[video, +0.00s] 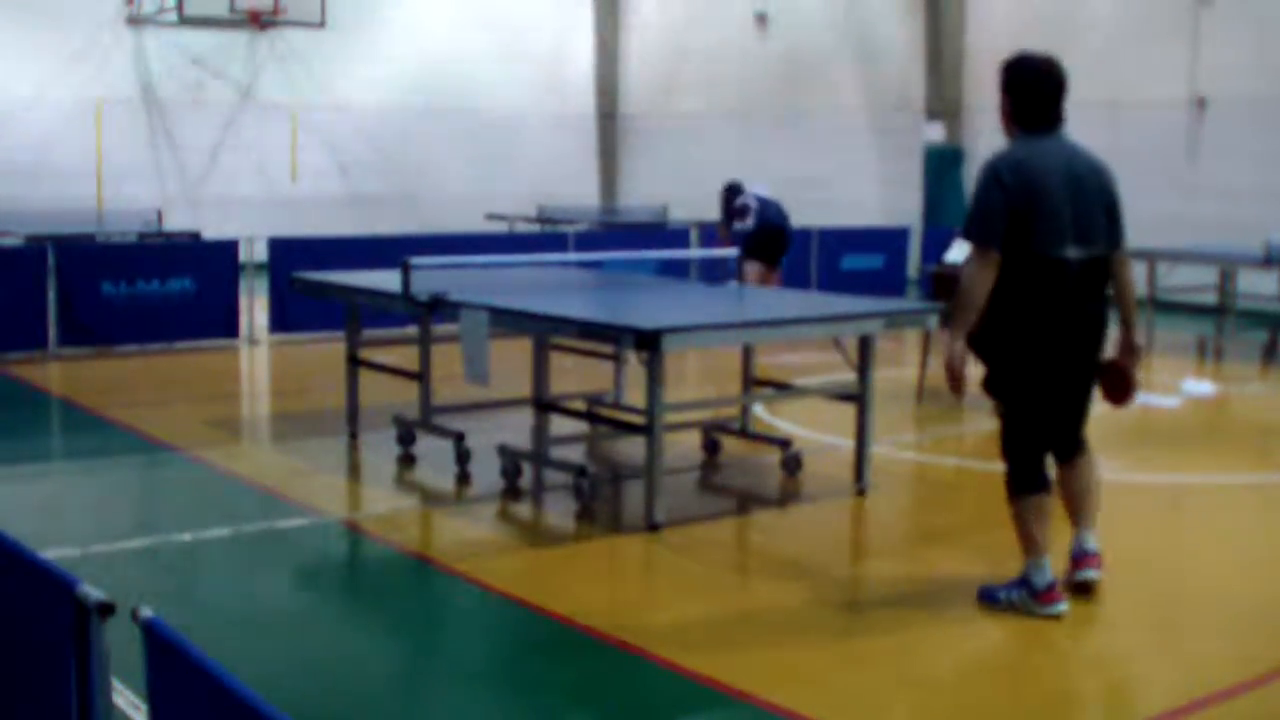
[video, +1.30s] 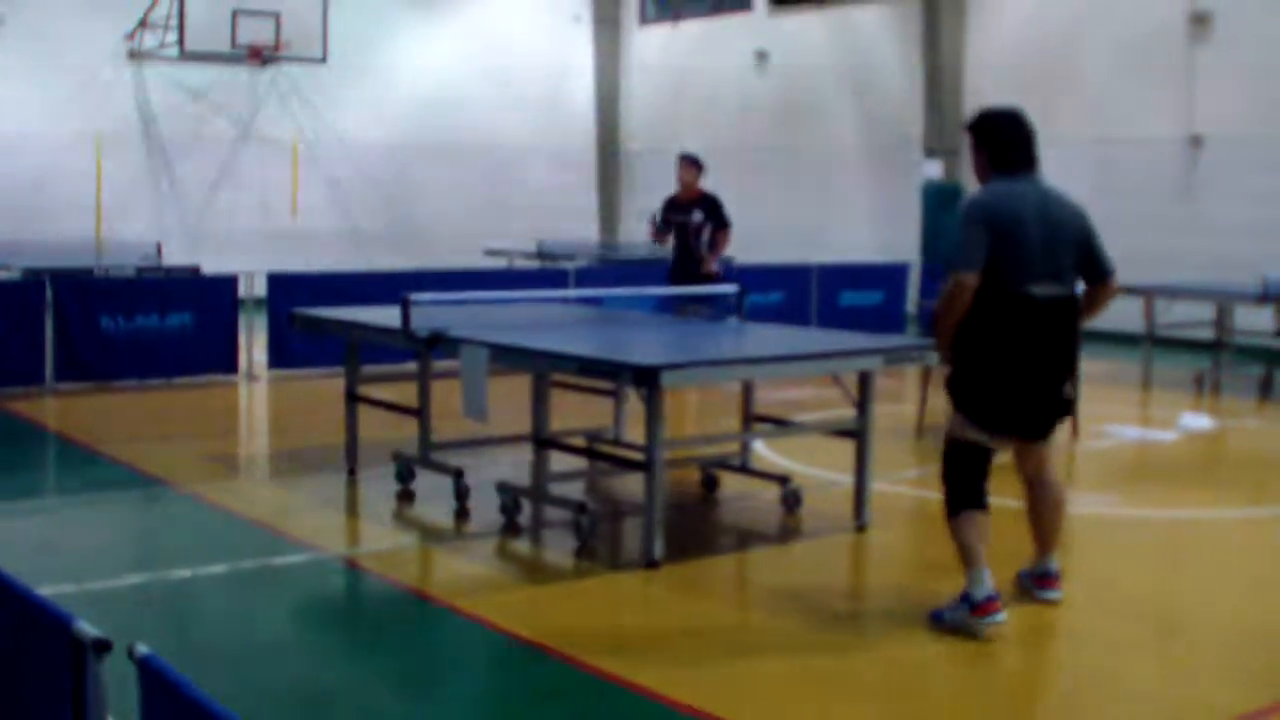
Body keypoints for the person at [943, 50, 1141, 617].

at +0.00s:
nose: (1000, 107)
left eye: (1003, 99)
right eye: (1004, 97)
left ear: (1009, 106)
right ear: (1061, 104)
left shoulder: (1004, 172)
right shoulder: (1092, 171)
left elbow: (983, 263)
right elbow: (1118, 264)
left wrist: (957, 336)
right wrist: (1130, 336)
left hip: (1017, 342)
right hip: (1078, 340)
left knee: (1023, 453)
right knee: (1070, 440)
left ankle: (1039, 577)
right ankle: (1086, 549)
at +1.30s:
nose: (972, 162)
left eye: (974, 153)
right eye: (973, 152)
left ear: (985, 156)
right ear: (1029, 151)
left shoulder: (982, 208)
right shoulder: (1063, 209)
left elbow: (965, 282)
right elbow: (1104, 282)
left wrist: (944, 327)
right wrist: (1068, 320)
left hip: (991, 359)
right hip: (1049, 359)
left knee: (963, 468)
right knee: (1038, 463)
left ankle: (980, 591)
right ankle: (1046, 568)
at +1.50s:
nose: (961, 169)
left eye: (963, 160)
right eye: (963, 160)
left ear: (974, 163)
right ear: (1016, 161)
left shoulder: (976, 208)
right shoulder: (1046, 216)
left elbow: (968, 278)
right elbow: (1076, 299)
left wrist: (942, 321)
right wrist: (1034, 327)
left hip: (983, 351)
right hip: (1040, 356)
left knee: (924, 452)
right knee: (1023, 457)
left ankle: (929, 576)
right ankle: (1038, 568)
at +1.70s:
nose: (908, 183)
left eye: (911, 175)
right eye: (909, 175)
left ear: (920, 178)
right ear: (965, 175)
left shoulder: (916, 219)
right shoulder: (994, 225)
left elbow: (911, 291)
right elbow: (1027, 300)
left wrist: (901, 350)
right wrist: (1004, 348)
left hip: (938, 369)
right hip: (995, 372)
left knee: (890, 473)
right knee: (992, 465)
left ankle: (847, 587)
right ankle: (1016, 570)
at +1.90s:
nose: (858, 189)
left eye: (860, 181)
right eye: (859, 181)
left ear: (868, 182)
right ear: (914, 176)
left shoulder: (868, 225)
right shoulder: (948, 223)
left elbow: (850, 304)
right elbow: (986, 296)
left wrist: (844, 345)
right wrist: (959, 335)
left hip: (907, 369)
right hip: (972, 367)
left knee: (845, 453)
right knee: (977, 462)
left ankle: (833, 580)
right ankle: (1010, 561)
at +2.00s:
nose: (841, 174)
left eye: (842, 165)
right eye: (842, 165)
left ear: (850, 166)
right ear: (894, 159)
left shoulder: (857, 206)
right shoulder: (933, 204)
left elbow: (830, 288)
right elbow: (974, 281)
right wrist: (995, 346)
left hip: (900, 348)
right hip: (964, 345)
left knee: (842, 438)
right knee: (977, 447)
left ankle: (833, 566)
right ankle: (1009, 546)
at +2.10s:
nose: (838, 170)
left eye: (839, 162)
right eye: (840, 161)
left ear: (847, 164)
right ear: (890, 155)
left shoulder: (854, 207)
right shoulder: (925, 199)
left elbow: (820, 279)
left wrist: (817, 231)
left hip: (901, 349)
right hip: (964, 345)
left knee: (843, 436)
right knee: (977, 447)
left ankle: (833, 565)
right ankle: (1009, 547)